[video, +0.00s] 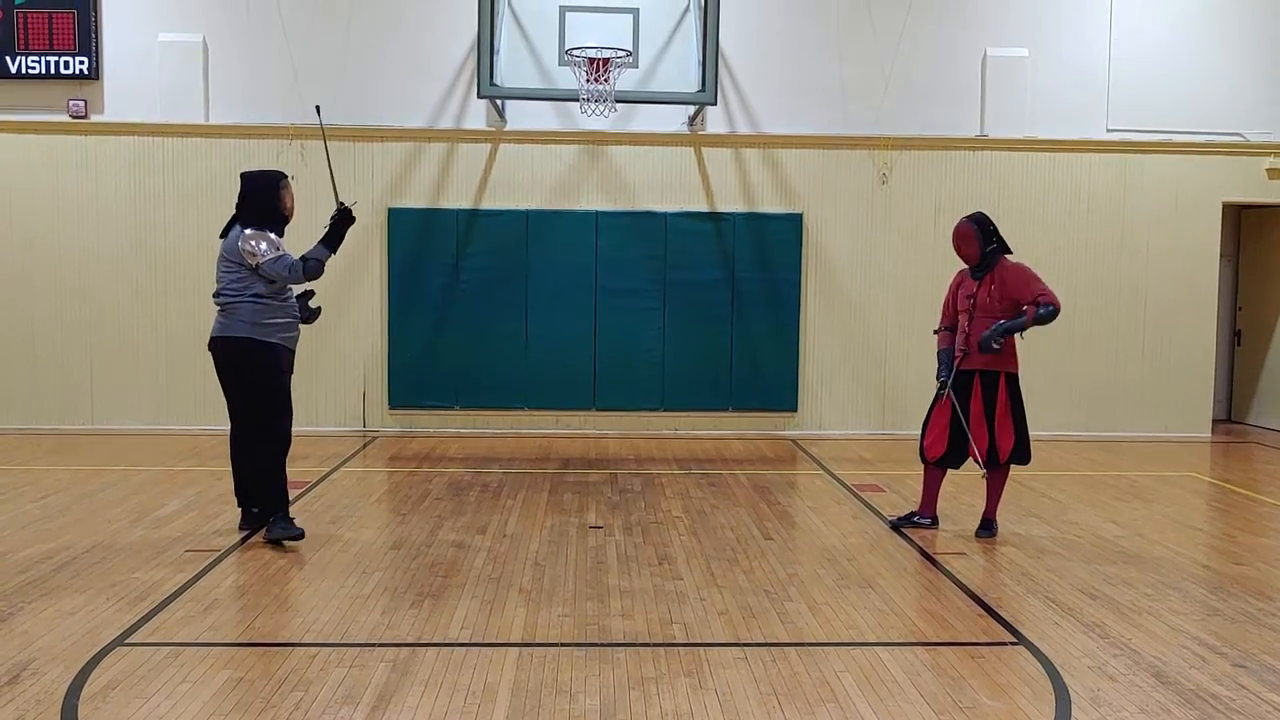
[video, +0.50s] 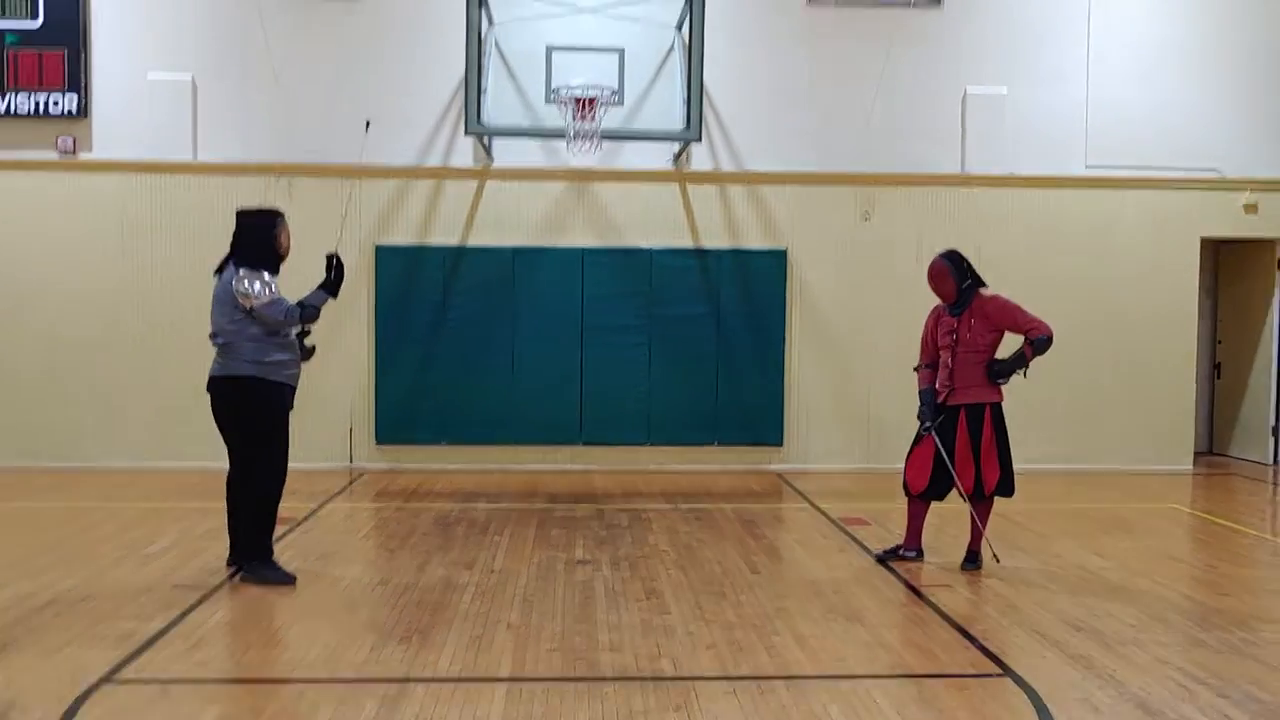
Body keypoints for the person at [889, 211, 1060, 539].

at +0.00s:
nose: (960, 251)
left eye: (964, 244)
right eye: (957, 245)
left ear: (984, 241)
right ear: (960, 245)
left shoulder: (1011, 271)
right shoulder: (961, 279)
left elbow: (1049, 306)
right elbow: (947, 325)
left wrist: (1004, 328)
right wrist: (944, 363)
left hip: (997, 373)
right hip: (960, 373)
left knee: (998, 443)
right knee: (936, 436)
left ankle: (989, 517)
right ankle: (926, 512)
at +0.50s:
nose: (936, 290)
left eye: (940, 282)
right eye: (933, 284)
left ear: (959, 277)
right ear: (934, 283)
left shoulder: (990, 306)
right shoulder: (937, 315)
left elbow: (1042, 334)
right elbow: (927, 364)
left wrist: (1012, 363)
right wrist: (926, 402)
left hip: (981, 406)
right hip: (943, 407)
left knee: (981, 476)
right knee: (920, 469)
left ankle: (973, 549)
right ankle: (911, 545)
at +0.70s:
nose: (942, 306)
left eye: (949, 298)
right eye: (941, 299)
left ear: (968, 300)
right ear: (942, 302)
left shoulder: (993, 334)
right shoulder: (941, 343)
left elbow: (1047, 361)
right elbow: (931, 394)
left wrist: (1016, 392)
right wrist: (934, 434)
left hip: (988, 436)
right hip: (949, 437)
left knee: (991, 505)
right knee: (929, 499)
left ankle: (984, 578)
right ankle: (922, 574)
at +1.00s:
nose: (963, 282)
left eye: (970, 274)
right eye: (962, 275)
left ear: (989, 278)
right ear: (963, 279)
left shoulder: (1012, 313)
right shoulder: (960, 321)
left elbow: (1063, 343)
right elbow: (948, 371)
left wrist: (1031, 374)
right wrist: (948, 414)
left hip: (1003, 415)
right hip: (964, 416)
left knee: (1004, 485)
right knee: (941, 477)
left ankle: (996, 558)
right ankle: (934, 553)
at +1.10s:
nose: (959, 274)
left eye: (966, 266)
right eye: (959, 266)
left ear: (985, 270)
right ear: (967, 270)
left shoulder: (1009, 306)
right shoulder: (957, 314)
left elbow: (1059, 337)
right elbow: (945, 363)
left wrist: (1027, 367)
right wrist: (944, 404)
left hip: (998, 407)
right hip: (960, 408)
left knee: (1000, 478)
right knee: (937, 470)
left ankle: (992, 550)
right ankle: (929, 545)